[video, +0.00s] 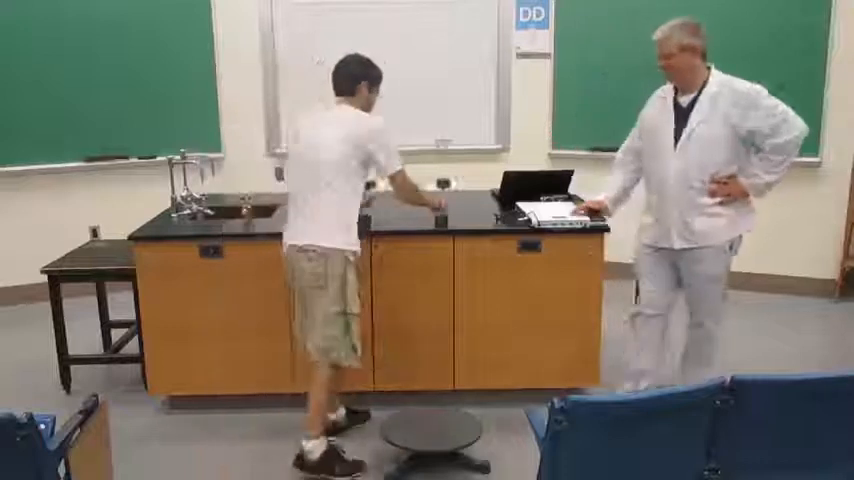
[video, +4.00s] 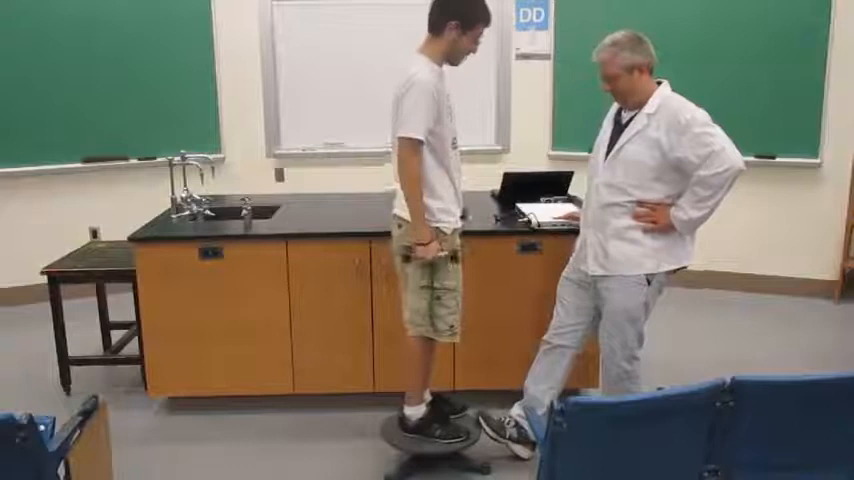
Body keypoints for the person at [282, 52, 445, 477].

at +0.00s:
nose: (377, 98)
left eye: (376, 91)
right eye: (376, 91)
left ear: (339, 88)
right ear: (364, 88)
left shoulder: (309, 122)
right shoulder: (368, 125)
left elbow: (301, 178)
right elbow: (403, 188)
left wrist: (351, 194)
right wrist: (430, 201)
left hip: (296, 246)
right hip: (330, 251)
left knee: (323, 340)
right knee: (326, 352)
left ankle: (333, 413)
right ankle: (313, 447)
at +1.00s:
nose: (378, 104)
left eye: (381, 95)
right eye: (374, 95)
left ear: (347, 87)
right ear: (346, 86)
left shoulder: (343, 125)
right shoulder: (327, 133)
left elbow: (341, 204)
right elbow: (305, 214)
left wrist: (363, 251)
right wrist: (334, 268)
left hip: (362, 253)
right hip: (334, 263)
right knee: (334, 360)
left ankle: (355, 372)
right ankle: (328, 447)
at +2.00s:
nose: (418, 114)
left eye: (422, 106)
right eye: (416, 104)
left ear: (391, 91)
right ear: (391, 89)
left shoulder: (378, 131)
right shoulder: (358, 137)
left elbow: (368, 208)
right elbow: (335, 214)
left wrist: (389, 259)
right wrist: (348, 279)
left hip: (392, 261)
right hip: (366, 274)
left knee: (443, 319)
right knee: (365, 362)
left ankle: (412, 401)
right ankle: (331, 446)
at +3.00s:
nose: (477, 57)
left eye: (481, 49)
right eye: (475, 47)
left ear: (458, 35)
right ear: (450, 30)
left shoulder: (442, 77)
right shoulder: (416, 75)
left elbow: (440, 152)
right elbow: (401, 147)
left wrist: (454, 216)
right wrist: (403, 220)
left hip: (448, 219)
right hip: (426, 220)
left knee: (437, 319)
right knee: (427, 320)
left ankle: (421, 399)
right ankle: (413, 407)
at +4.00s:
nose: (475, 49)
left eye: (478, 40)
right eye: (475, 39)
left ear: (451, 29)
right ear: (452, 29)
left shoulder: (431, 77)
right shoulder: (421, 81)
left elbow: (420, 155)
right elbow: (408, 154)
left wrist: (442, 220)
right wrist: (421, 227)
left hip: (438, 221)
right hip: (426, 224)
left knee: (431, 321)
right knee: (423, 323)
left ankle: (423, 399)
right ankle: (414, 412)